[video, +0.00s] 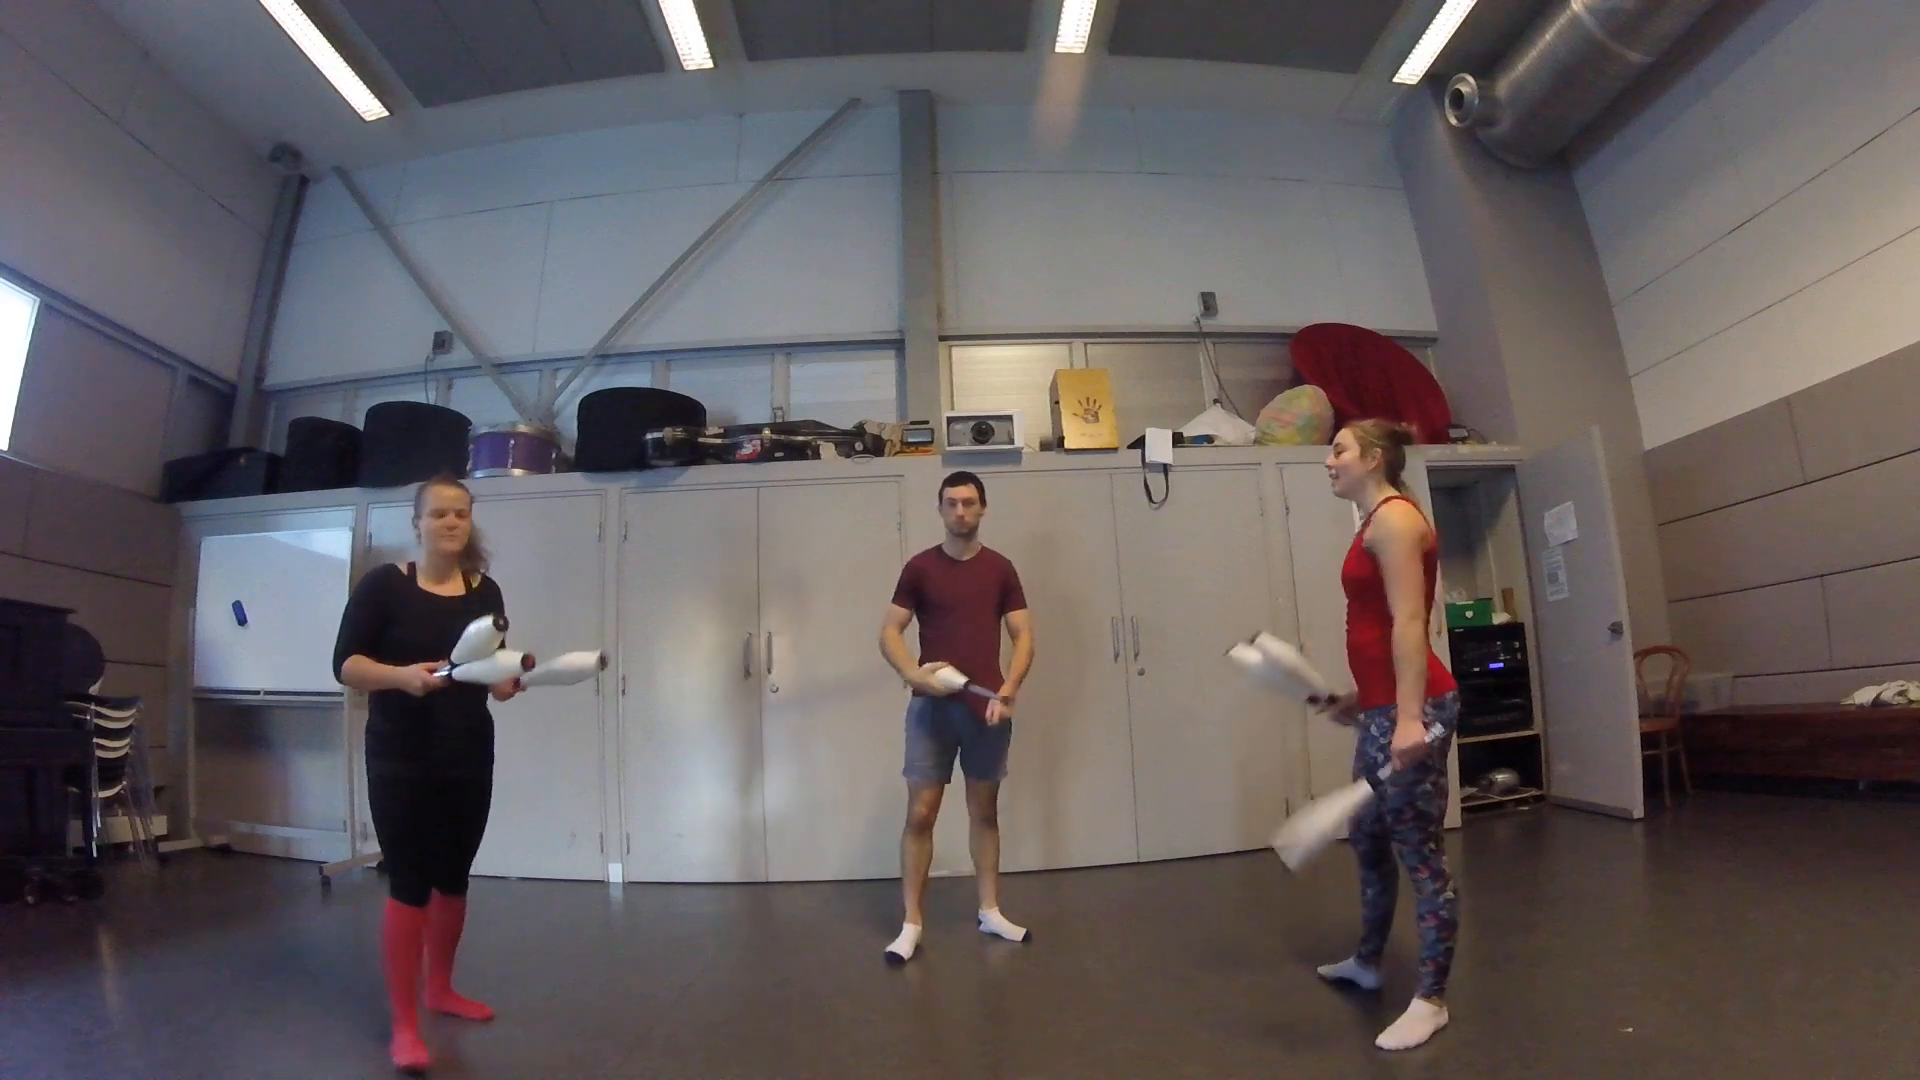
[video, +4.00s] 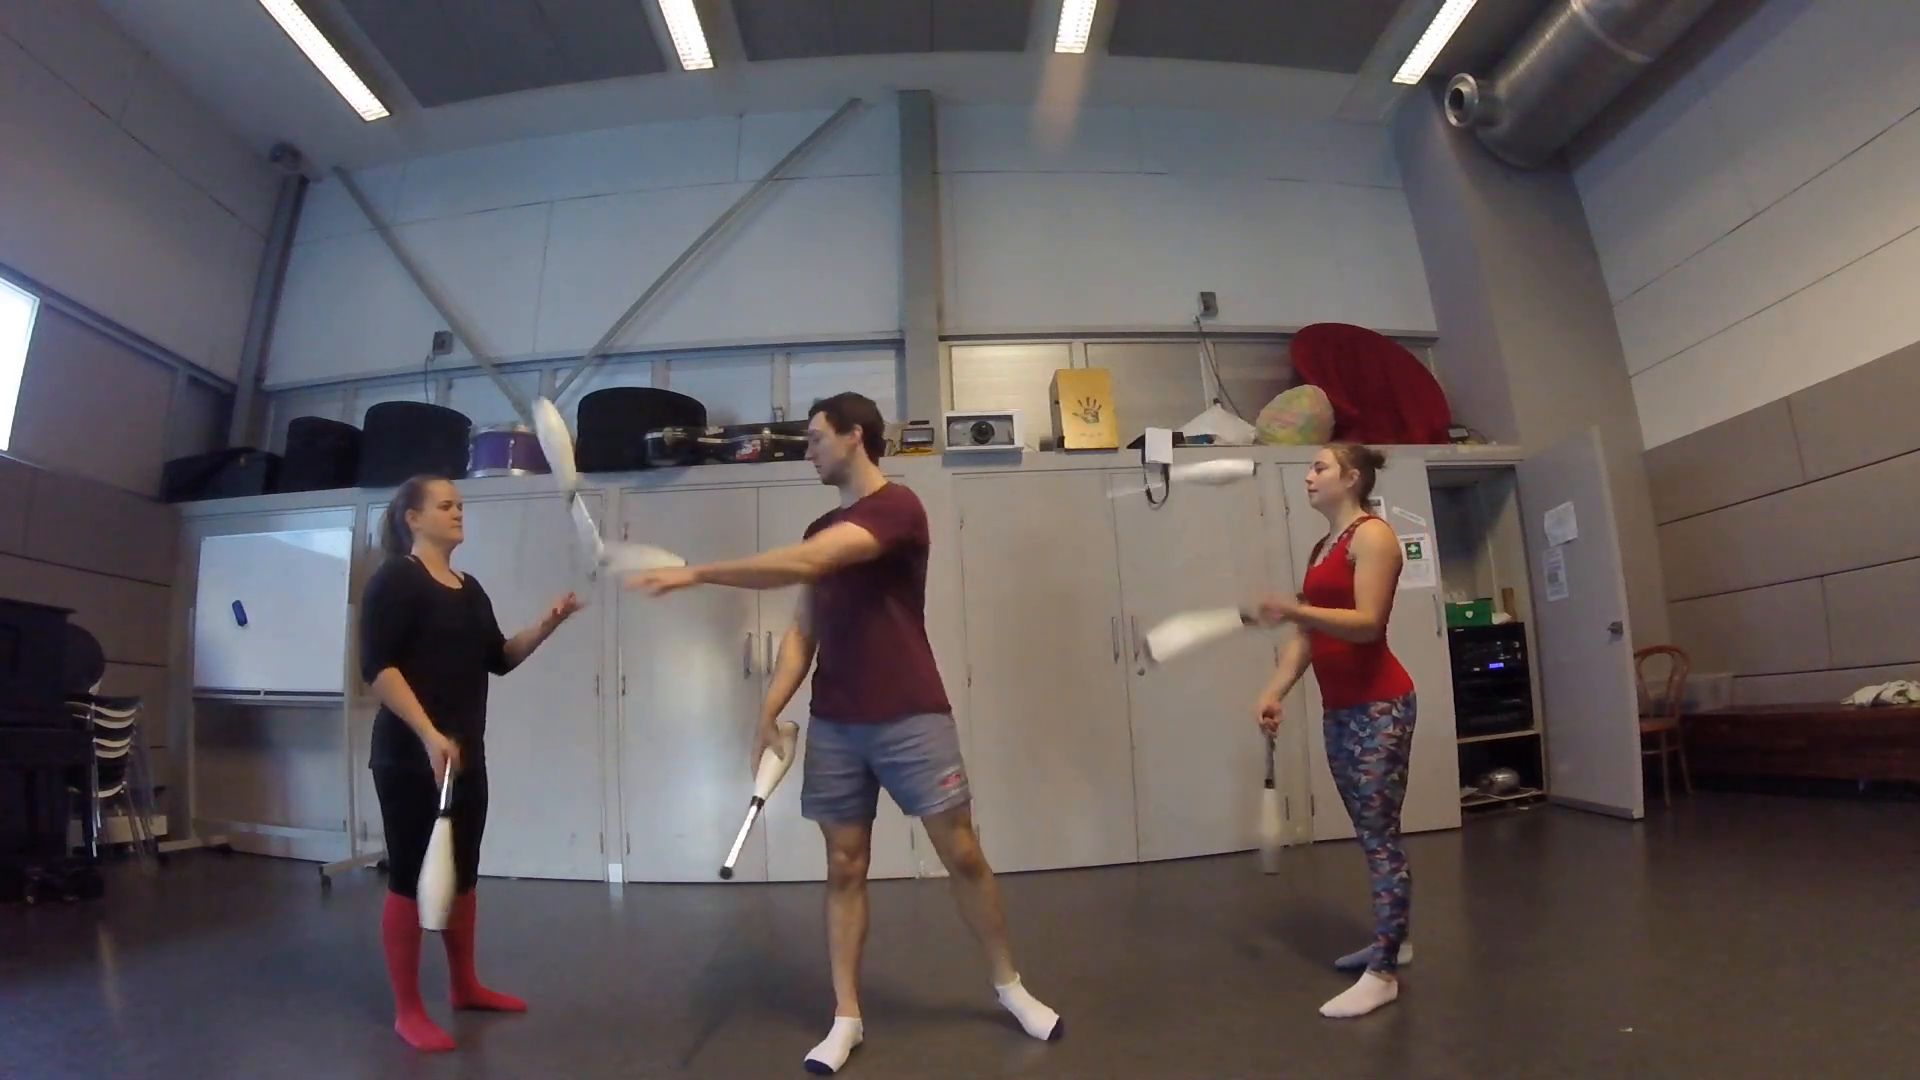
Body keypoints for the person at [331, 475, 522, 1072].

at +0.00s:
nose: (452, 522)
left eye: (461, 513)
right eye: (440, 514)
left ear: (473, 523)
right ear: (418, 524)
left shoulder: (484, 592)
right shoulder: (382, 584)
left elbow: (494, 670)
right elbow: (346, 664)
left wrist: (507, 675)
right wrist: (402, 676)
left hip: (468, 760)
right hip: (401, 762)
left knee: (453, 881)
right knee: (410, 888)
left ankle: (439, 990)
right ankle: (403, 1025)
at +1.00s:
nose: (419, 525)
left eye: (421, 517)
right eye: (408, 516)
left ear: (415, 527)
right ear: (371, 522)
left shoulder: (412, 591)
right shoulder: (338, 583)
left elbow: (412, 670)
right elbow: (310, 663)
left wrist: (473, 687)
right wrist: (385, 683)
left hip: (409, 752)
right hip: (348, 753)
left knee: (436, 869)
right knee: (342, 875)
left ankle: (462, 986)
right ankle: (337, 1002)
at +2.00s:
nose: (465, 519)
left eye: (465, 510)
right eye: (454, 510)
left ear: (458, 522)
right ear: (417, 519)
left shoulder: (462, 586)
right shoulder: (395, 582)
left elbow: (505, 645)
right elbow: (400, 660)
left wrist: (536, 590)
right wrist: (481, 671)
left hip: (457, 748)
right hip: (402, 751)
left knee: (457, 871)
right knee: (403, 875)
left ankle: (465, 986)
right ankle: (404, 1005)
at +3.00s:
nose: (472, 518)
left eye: (472, 510)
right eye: (460, 510)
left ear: (467, 523)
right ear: (426, 522)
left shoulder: (478, 591)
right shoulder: (406, 584)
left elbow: (504, 665)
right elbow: (397, 660)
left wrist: (541, 678)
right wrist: (463, 698)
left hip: (473, 749)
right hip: (418, 751)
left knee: (466, 872)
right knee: (416, 874)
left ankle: (467, 987)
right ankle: (405, 1005)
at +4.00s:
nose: (459, 515)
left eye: (459, 506)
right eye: (447, 507)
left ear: (454, 518)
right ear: (412, 518)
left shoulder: (468, 588)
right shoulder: (393, 581)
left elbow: (501, 658)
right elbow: (379, 670)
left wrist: (546, 624)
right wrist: (430, 734)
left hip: (465, 751)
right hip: (408, 753)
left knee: (463, 871)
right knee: (408, 877)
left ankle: (466, 988)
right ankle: (409, 1012)